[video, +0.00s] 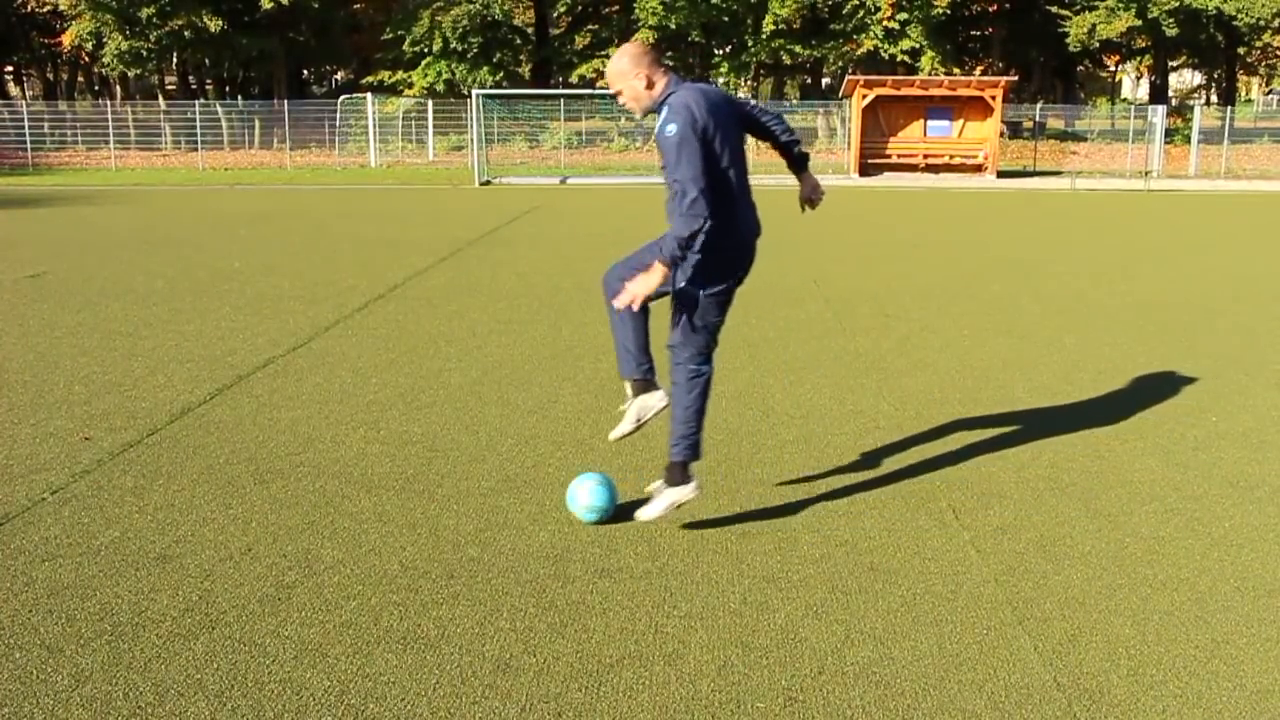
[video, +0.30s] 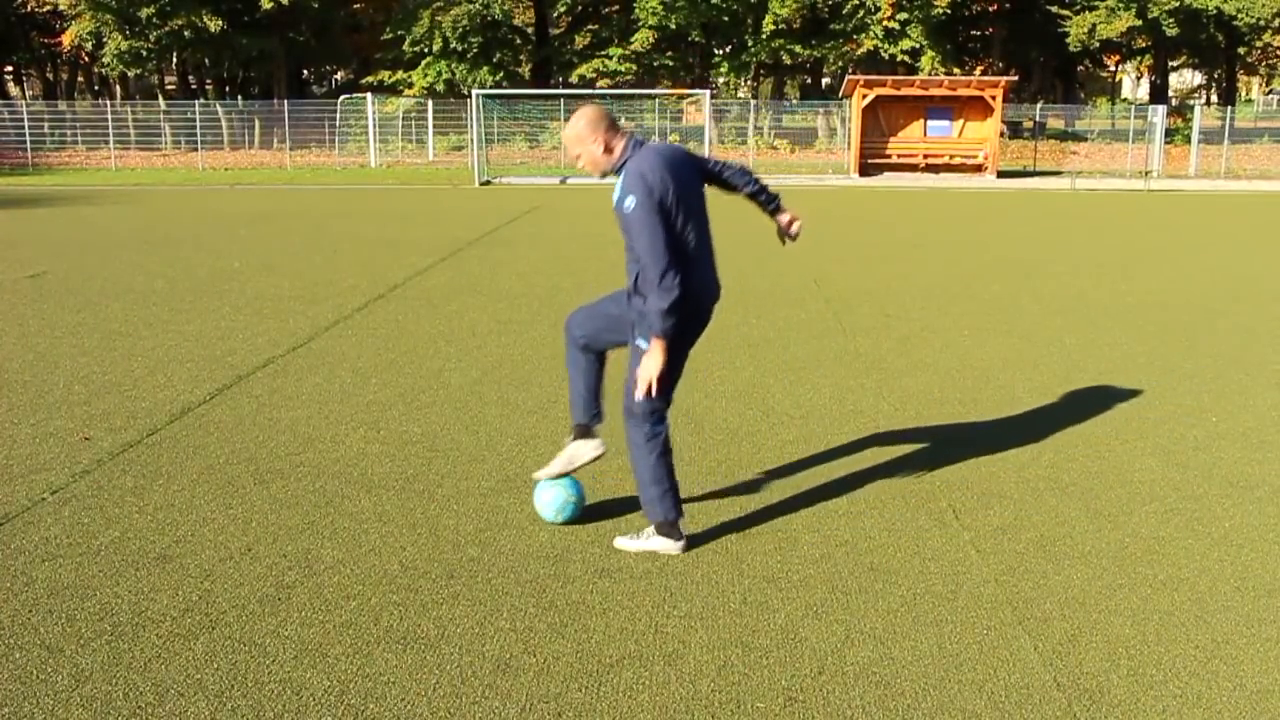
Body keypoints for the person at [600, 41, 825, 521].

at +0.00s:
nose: (620, 103)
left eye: (620, 93)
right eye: (616, 94)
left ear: (646, 79)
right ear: (654, 74)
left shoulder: (675, 121)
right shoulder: (708, 95)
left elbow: (692, 212)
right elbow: (771, 124)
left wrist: (656, 273)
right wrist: (805, 173)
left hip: (716, 250)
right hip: (720, 235)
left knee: (690, 357)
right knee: (620, 280)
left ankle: (679, 477)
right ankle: (642, 389)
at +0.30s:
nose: (579, 166)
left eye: (579, 156)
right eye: (575, 157)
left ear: (603, 141)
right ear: (610, 137)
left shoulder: (634, 186)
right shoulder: (668, 155)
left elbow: (660, 273)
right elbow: (731, 173)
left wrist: (657, 344)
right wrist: (778, 211)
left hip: (673, 309)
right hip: (687, 291)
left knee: (642, 410)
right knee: (581, 327)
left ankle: (667, 529)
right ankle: (584, 435)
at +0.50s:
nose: (555, 192)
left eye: (555, 183)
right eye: (551, 185)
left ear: (578, 169)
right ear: (581, 166)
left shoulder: (609, 215)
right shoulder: (645, 172)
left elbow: (632, 303)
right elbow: (708, 197)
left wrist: (642, 374)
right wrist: (753, 238)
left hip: (651, 323)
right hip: (672, 306)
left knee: (609, 426)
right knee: (568, 354)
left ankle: (661, 528)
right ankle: (524, 454)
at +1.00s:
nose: (502, 173)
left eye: (501, 163)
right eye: (498, 165)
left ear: (523, 151)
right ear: (530, 146)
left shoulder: (547, 193)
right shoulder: (592, 166)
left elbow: (565, 278)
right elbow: (649, 204)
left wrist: (576, 348)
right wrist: (685, 253)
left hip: (582, 316)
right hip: (608, 303)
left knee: (586, 426)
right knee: (529, 380)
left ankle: (654, 517)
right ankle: (476, 457)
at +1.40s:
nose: (439, 167)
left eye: (440, 157)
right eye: (437, 157)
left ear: (460, 150)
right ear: (472, 142)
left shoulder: (481, 193)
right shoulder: (522, 171)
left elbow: (498, 272)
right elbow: (582, 209)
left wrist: (509, 337)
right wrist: (624, 258)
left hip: (522, 315)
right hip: (548, 301)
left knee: (544, 417)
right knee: (488, 384)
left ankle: (629, 497)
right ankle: (477, 485)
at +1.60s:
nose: (412, 176)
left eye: (415, 166)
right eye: (410, 166)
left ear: (435, 165)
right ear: (458, 155)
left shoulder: (447, 206)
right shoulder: (497, 181)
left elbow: (468, 278)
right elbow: (554, 218)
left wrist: (482, 342)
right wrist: (590, 265)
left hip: (500, 311)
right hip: (531, 301)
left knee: (490, 419)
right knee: (466, 379)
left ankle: (586, 478)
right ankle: (476, 479)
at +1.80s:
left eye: (391, 182)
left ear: (405, 187)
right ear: (438, 169)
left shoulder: (427, 221)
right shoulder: (471, 193)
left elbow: (451, 283)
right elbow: (528, 223)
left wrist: (465, 343)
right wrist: (555, 269)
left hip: (486, 312)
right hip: (515, 300)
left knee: (445, 409)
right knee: (468, 396)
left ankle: (530, 468)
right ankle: (477, 479)